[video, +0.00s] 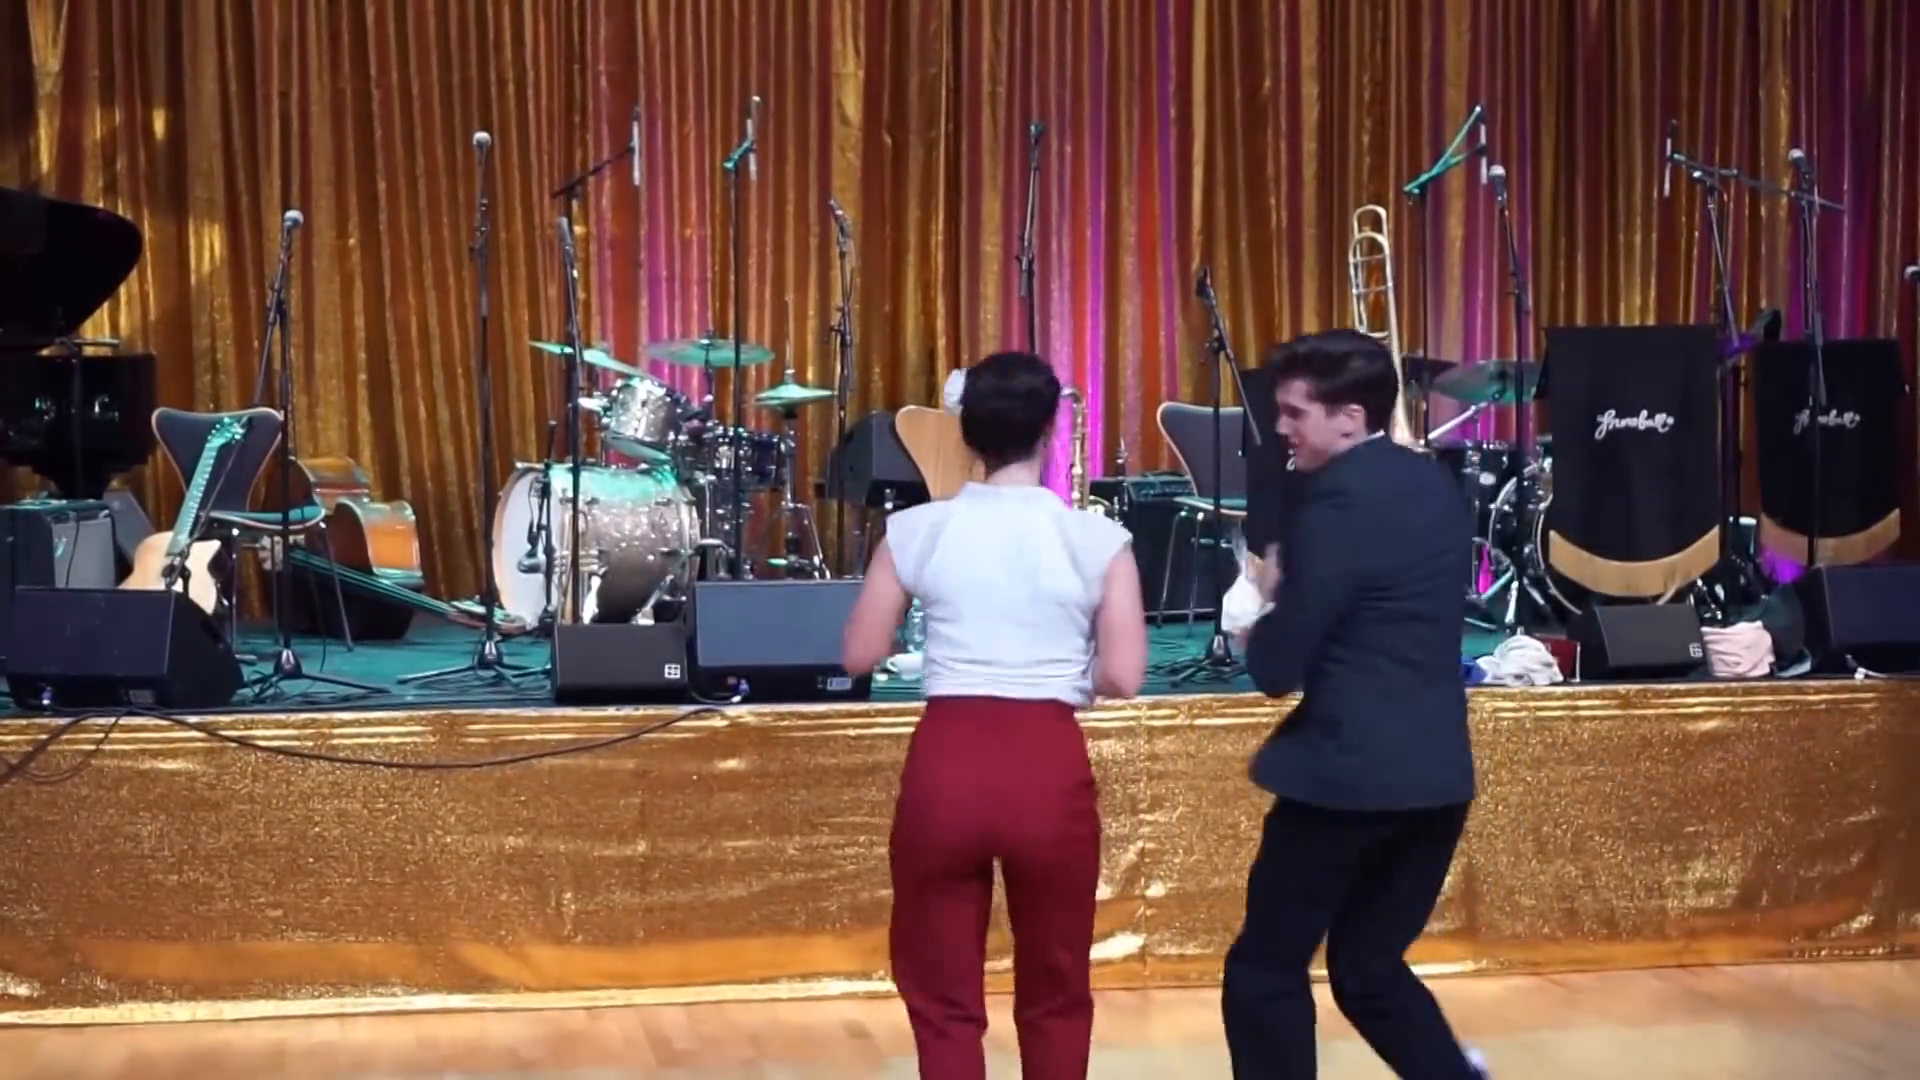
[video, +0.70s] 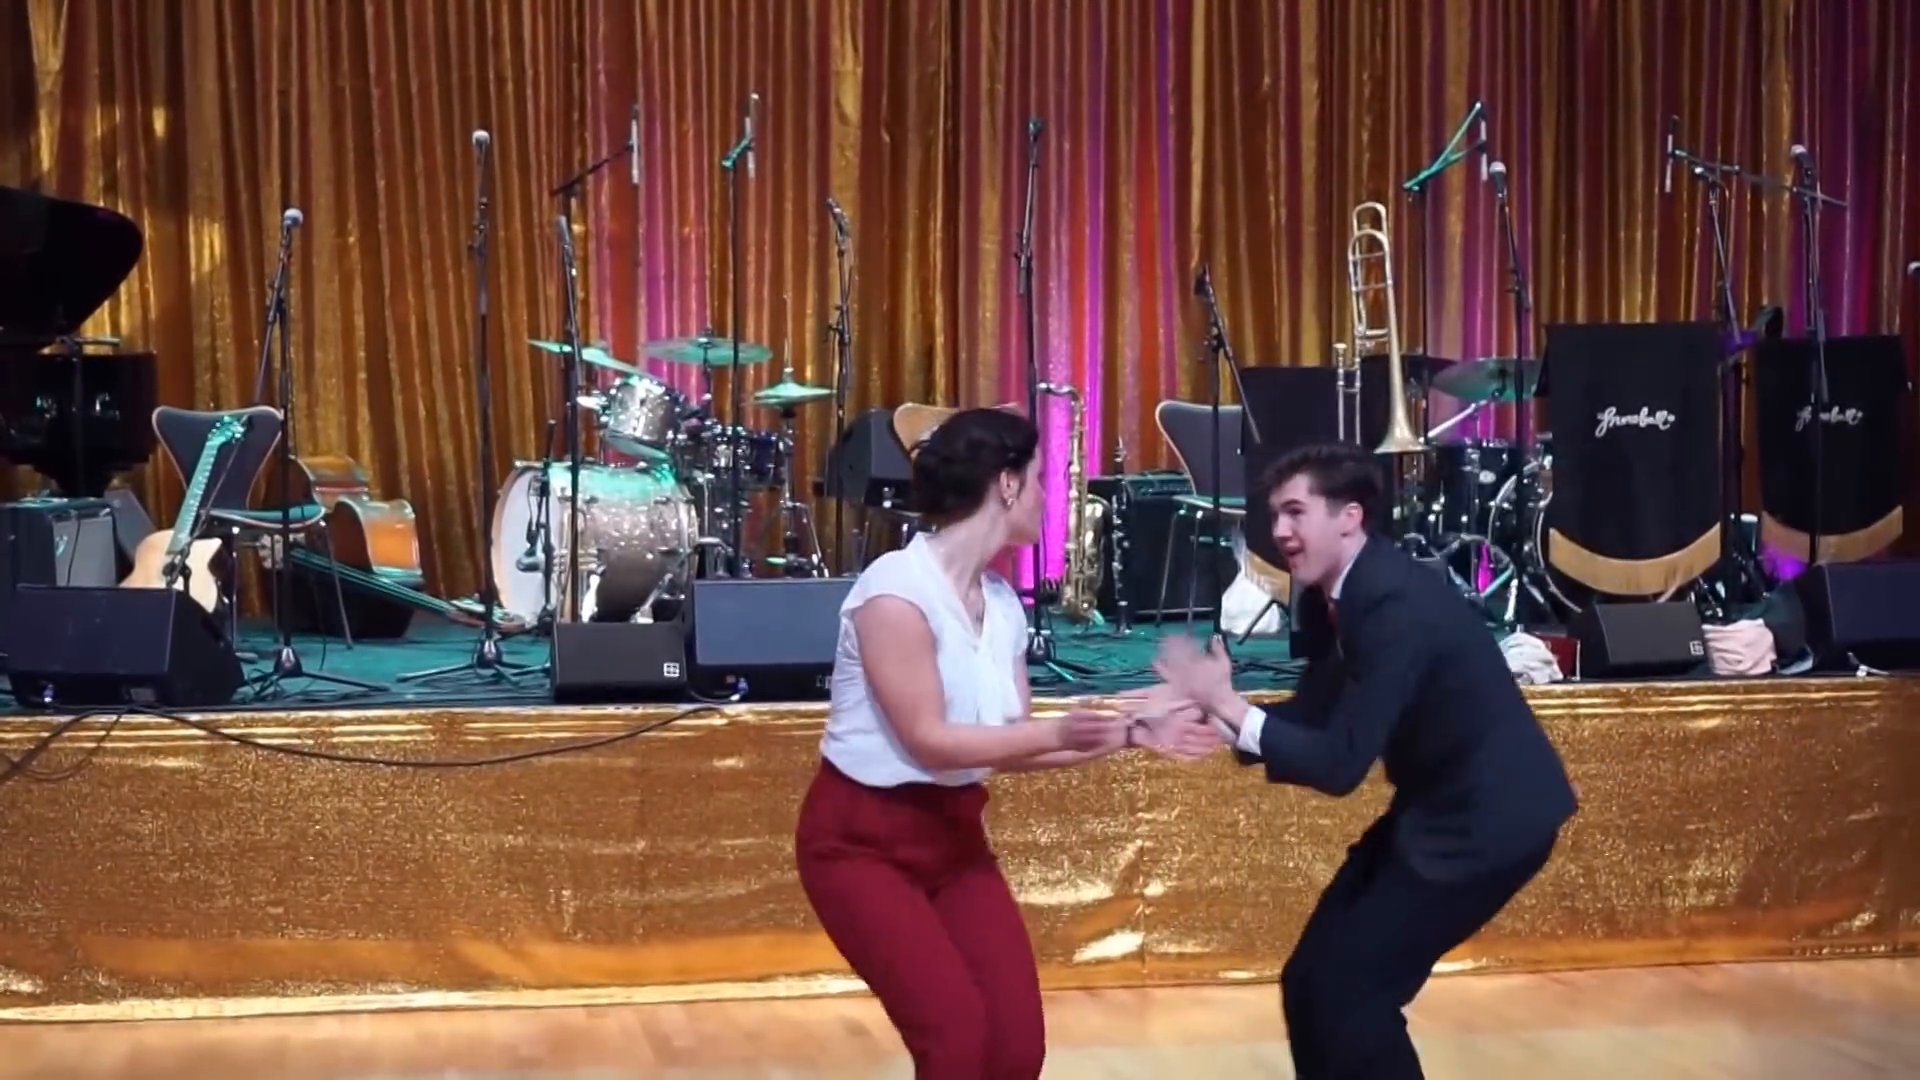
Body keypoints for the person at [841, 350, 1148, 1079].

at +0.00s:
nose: (1059, 424)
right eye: (1057, 414)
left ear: (966, 430)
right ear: (1050, 428)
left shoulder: (915, 530)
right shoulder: (1097, 537)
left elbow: (859, 654)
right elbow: (1123, 677)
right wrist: (1058, 659)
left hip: (946, 753)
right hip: (1049, 757)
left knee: (943, 1005)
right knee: (1055, 996)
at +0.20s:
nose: (988, 427)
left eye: (1009, 417)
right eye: (973, 411)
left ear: (1025, 442)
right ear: (944, 427)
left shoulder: (1025, 536)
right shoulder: (950, 536)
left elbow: (1038, 675)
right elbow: (969, 670)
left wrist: (910, 659)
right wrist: (909, 718)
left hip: (1019, 801)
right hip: (964, 793)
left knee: (937, 1024)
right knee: (994, 1010)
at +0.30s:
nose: (1044, 443)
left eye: (1044, 428)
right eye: (1027, 425)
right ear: (970, 435)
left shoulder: (1067, 555)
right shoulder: (882, 560)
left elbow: (1101, 688)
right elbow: (850, 665)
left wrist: (1055, 723)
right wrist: (863, 760)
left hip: (1034, 811)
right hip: (934, 814)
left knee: (982, 1050)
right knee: (964, 1053)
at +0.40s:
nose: (1053, 464)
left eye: (1051, 447)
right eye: (1042, 446)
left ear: (999, 456)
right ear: (997, 454)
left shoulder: (1050, 577)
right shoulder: (885, 566)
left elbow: (1080, 714)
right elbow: (780, 668)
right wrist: (820, 791)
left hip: (1038, 829)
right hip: (930, 834)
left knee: (1012, 1056)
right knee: (948, 1060)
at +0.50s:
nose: (1053, 475)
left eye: (1050, 458)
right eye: (1045, 457)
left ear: (1001, 469)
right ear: (1008, 466)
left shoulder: (1032, 592)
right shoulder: (893, 578)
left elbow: (1060, 724)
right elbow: (797, 692)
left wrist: (1174, 702)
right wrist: (856, 786)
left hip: (1030, 839)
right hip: (921, 843)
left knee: (1038, 1060)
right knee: (934, 1066)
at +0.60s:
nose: (1050, 490)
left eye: (1048, 472)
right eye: (1045, 471)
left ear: (1003, 482)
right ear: (1011, 479)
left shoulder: (1018, 600)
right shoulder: (888, 584)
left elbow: (1046, 737)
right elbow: (874, 731)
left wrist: (1166, 709)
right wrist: (925, 746)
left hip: (998, 850)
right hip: (891, 855)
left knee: (1039, 1057)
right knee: (964, 1058)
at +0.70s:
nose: (1046, 497)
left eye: (1043, 479)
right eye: (1040, 477)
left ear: (997, 487)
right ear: (1006, 485)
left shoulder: (1005, 609)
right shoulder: (891, 592)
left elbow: (1015, 752)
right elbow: (930, 743)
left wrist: (1135, 726)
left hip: (956, 848)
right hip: (857, 844)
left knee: (1018, 1047)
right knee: (955, 1037)